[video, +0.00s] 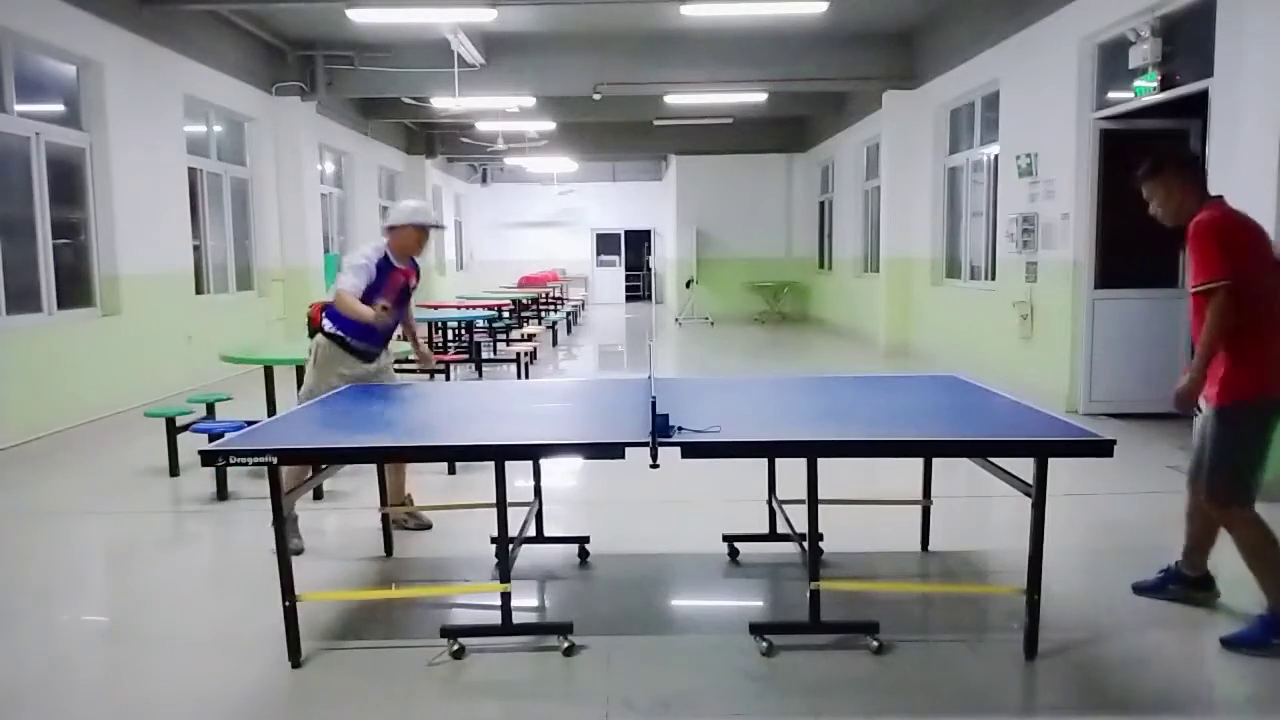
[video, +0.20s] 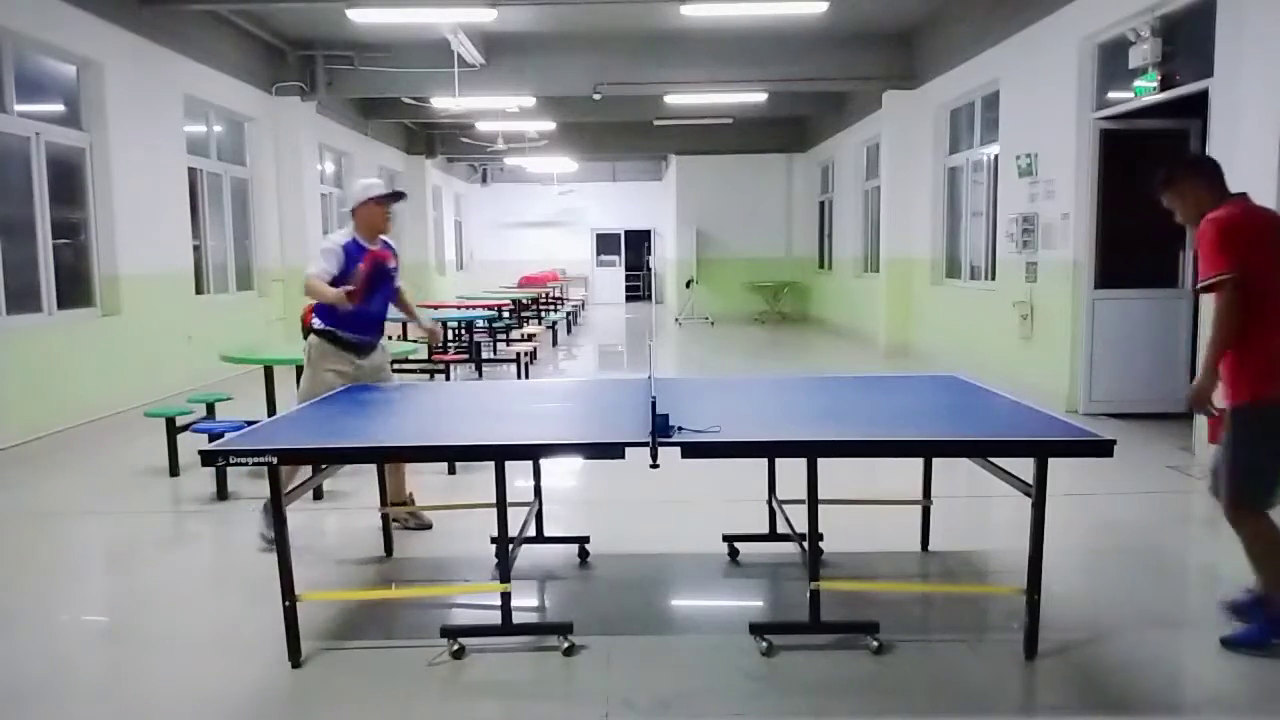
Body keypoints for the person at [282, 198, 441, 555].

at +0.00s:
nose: (425, 241)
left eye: (427, 234)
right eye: (420, 233)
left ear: (419, 235)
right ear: (397, 230)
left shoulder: (411, 269)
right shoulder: (368, 258)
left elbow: (404, 309)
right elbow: (341, 297)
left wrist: (418, 344)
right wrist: (370, 313)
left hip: (378, 359)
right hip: (336, 354)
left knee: (396, 429)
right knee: (308, 436)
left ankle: (396, 504)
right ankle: (287, 513)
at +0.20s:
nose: (390, 213)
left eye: (390, 207)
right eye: (383, 207)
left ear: (382, 211)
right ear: (361, 209)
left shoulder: (388, 250)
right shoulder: (337, 246)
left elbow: (395, 291)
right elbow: (312, 283)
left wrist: (420, 320)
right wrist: (334, 294)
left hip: (372, 353)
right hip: (330, 352)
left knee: (395, 426)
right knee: (310, 433)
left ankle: (398, 504)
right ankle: (274, 507)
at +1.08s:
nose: (287, 213)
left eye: (289, 206)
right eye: (279, 206)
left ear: (290, 209)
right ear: (254, 208)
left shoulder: (299, 244)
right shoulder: (230, 245)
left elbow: (329, 278)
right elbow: (229, 287)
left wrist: (330, 247)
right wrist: (281, 290)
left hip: (298, 355)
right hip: (252, 358)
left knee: (317, 432)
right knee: (253, 442)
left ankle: (311, 513)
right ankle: (251, 517)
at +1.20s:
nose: (299, 219)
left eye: (302, 213)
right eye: (293, 212)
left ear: (301, 214)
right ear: (269, 209)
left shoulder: (307, 248)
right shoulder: (241, 247)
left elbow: (341, 280)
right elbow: (237, 290)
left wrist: (333, 240)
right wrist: (287, 301)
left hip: (303, 358)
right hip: (259, 360)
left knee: (313, 441)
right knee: (257, 442)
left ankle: (314, 524)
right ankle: (252, 516)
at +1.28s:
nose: (307, 222)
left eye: (310, 216)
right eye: (301, 214)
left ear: (311, 219)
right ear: (278, 211)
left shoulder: (314, 251)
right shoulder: (247, 249)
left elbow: (347, 285)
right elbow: (241, 294)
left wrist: (339, 244)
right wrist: (289, 307)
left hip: (307, 361)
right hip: (263, 362)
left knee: (314, 443)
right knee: (260, 443)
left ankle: (314, 525)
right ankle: (252, 515)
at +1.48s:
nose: (324, 228)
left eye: (329, 222)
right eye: (319, 219)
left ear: (330, 225)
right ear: (297, 213)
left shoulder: (330, 254)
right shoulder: (262, 247)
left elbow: (368, 281)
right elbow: (247, 290)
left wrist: (356, 238)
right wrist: (287, 314)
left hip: (316, 361)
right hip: (270, 361)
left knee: (323, 445)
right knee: (262, 447)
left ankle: (314, 526)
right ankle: (249, 517)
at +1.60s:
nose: (320, 222)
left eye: (327, 218)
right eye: (315, 212)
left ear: (331, 223)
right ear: (297, 208)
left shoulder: (332, 251)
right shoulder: (265, 242)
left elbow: (375, 266)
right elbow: (247, 286)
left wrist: (347, 226)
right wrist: (285, 311)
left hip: (315, 358)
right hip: (269, 358)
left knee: (314, 446)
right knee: (257, 452)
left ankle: (313, 526)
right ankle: (239, 535)